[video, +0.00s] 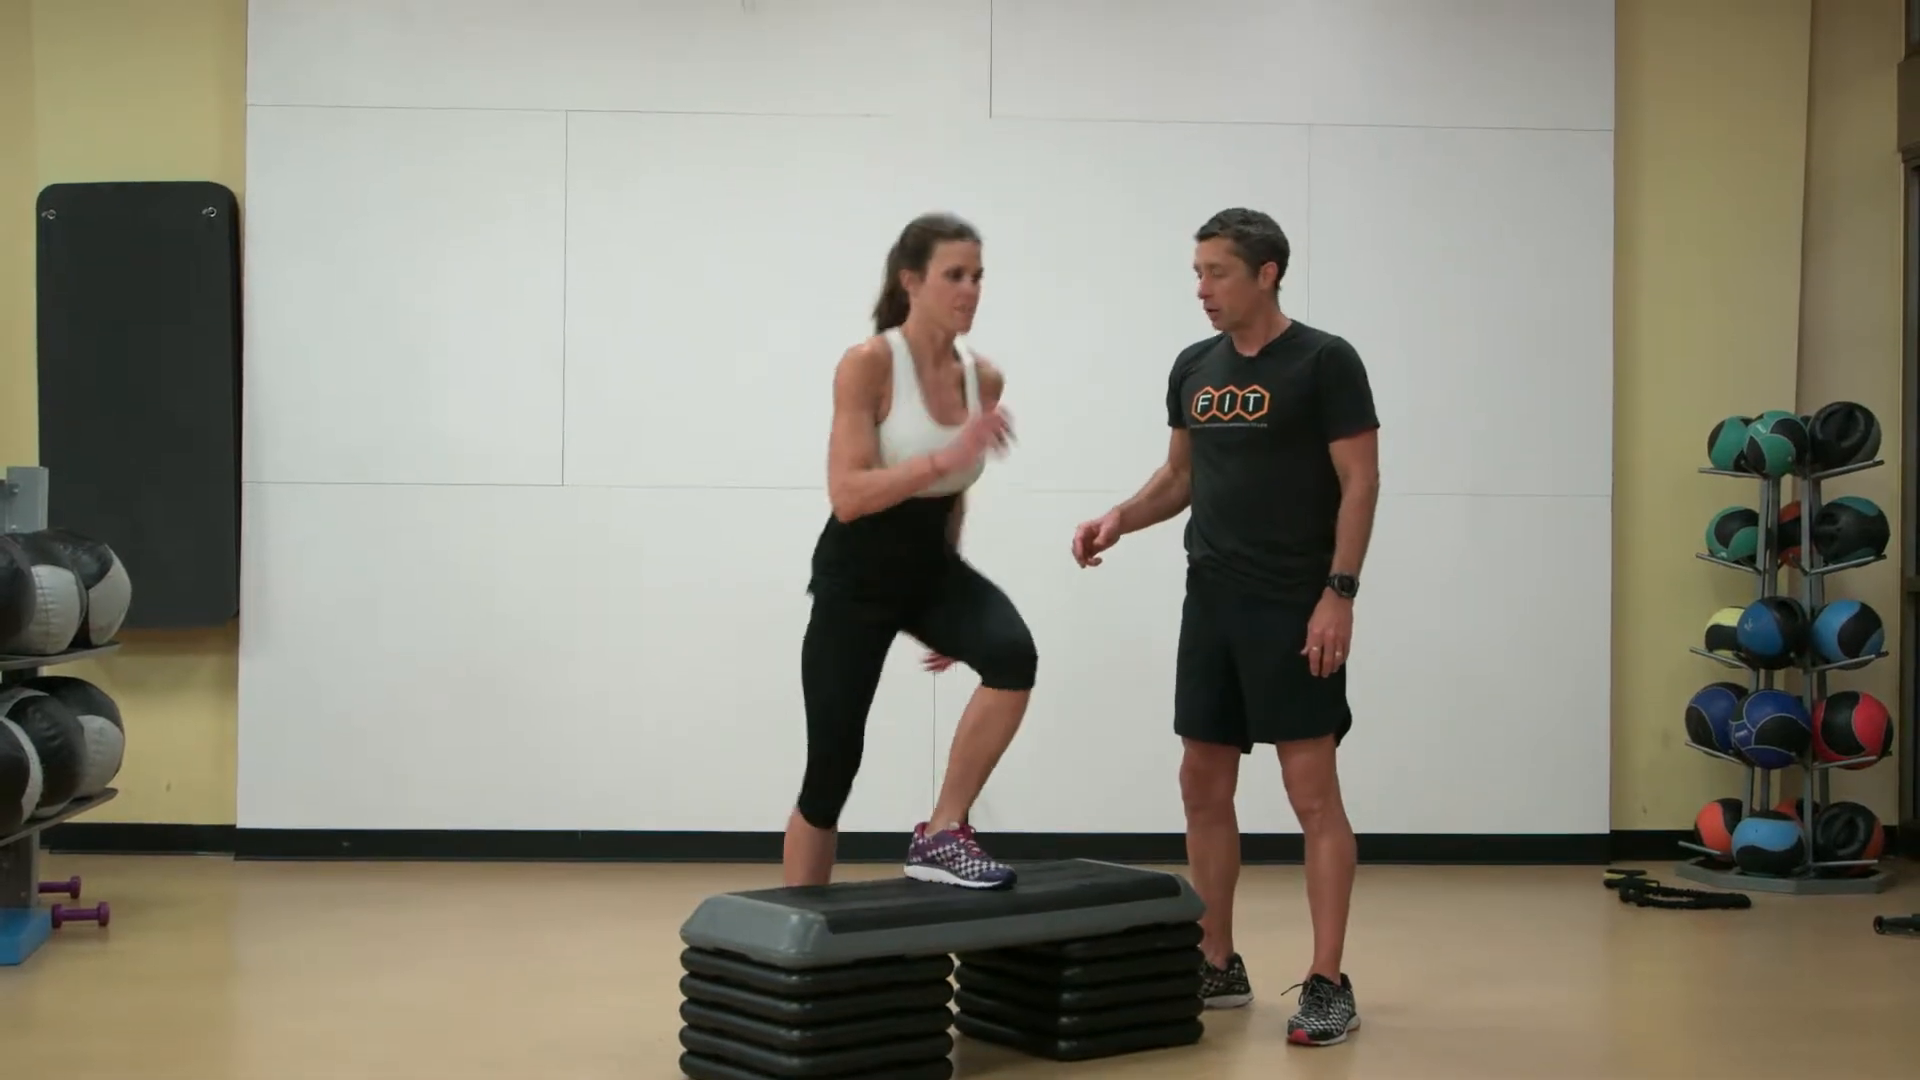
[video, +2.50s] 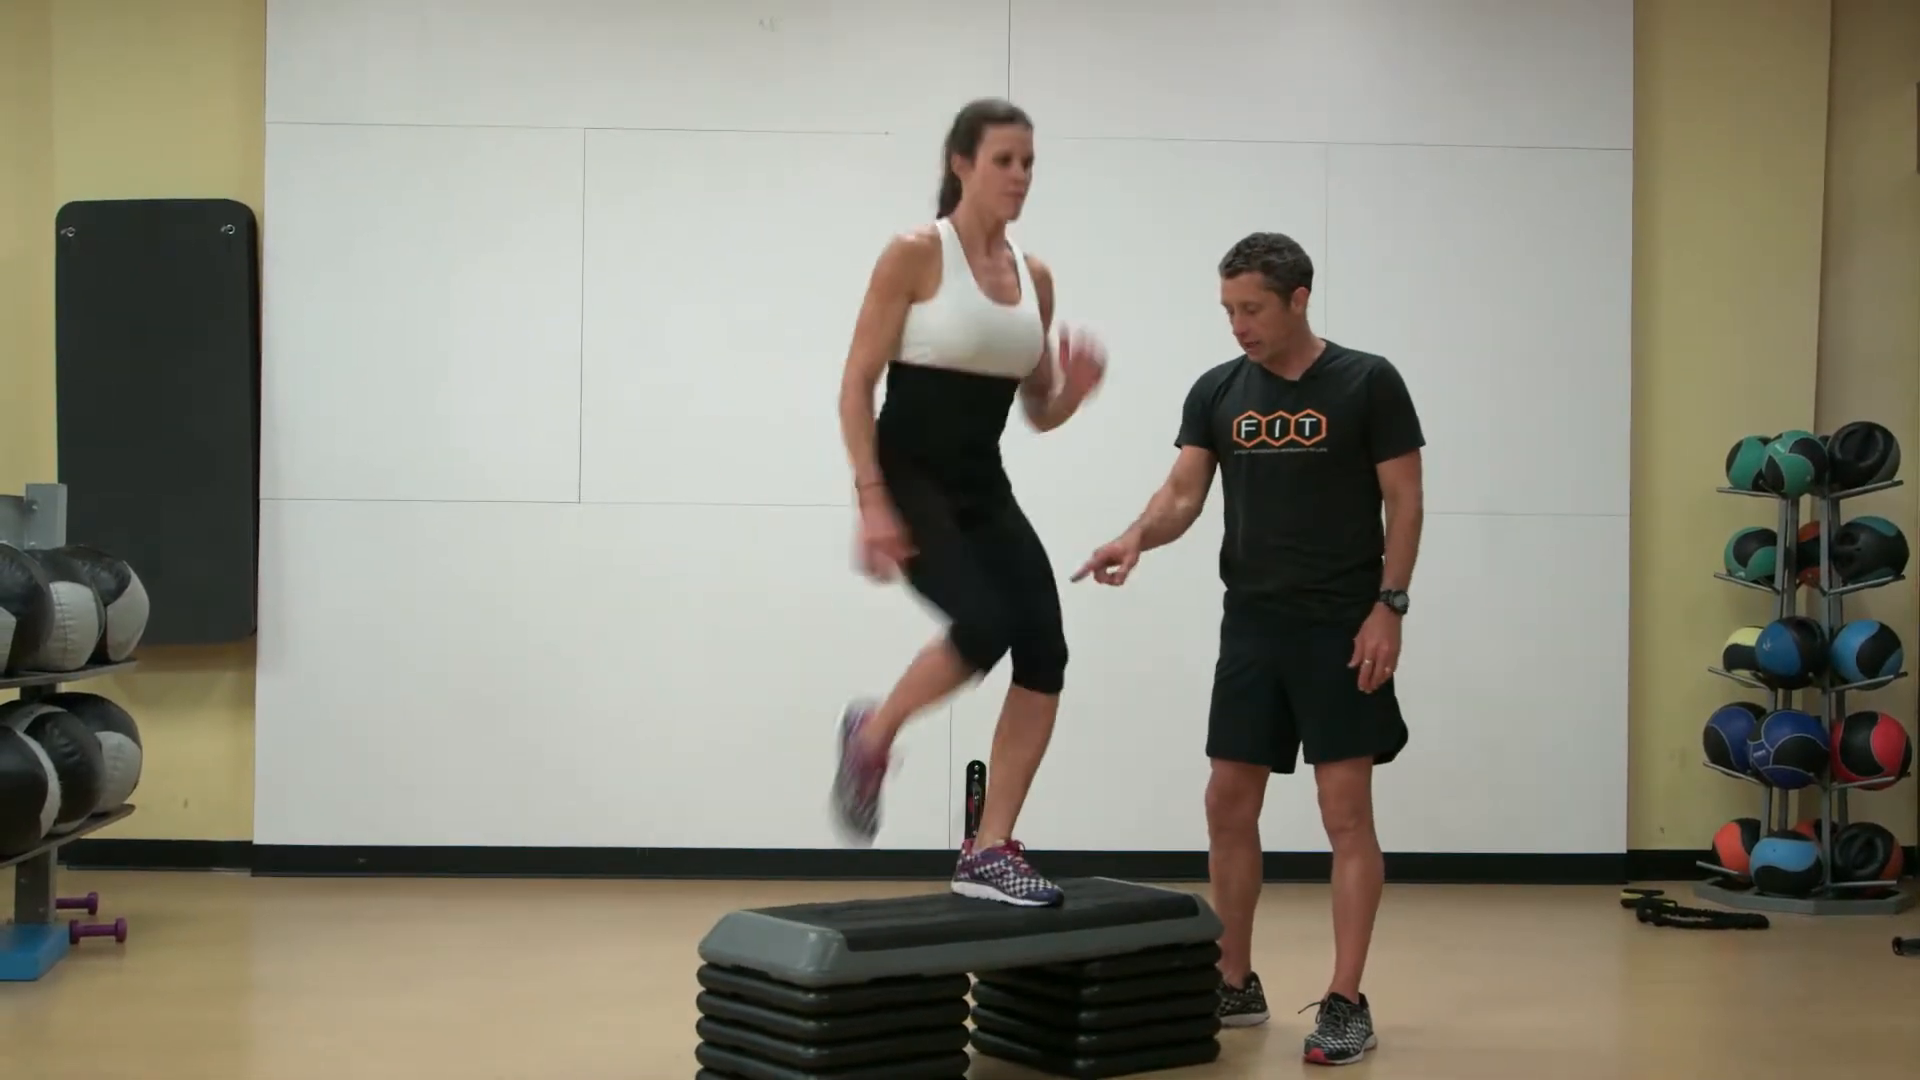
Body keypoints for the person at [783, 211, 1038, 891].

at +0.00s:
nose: (971, 289)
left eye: (977, 275)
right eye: (955, 275)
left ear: (981, 282)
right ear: (909, 282)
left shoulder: (980, 379)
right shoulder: (867, 367)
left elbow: (953, 500)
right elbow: (846, 497)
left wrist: (945, 615)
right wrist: (952, 454)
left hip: (930, 570)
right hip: (855, 576)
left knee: (1012, 656)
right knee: (832, 768)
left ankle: (943, 833)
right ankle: (801, 939)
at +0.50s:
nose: (993, 66)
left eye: (1001, 52)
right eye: (978, 49)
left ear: (1006, 63)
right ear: (932, 55)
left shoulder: (1019, 163)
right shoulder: (878, 148)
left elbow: (1103, 257)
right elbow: (801, 250)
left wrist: (1071, 155)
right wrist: (745, 347)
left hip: (969, 373)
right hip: (886, 357)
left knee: (962, 580)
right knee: (1024, 323)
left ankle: (957, 790)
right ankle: (928, 496)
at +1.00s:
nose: (969, 236)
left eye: (975, 223)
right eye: (954, 221)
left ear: (976, 231)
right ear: (906, 225)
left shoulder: (973, 328)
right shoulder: (866, 320)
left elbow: (946, 447)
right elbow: (841, 451)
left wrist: (955, 545)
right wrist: (945, 433)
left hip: (931, 542)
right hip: (851, 545)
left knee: (1007, 662)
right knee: (829, 739)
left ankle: (955, 854)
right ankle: (789, 922)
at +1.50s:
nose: (918, 335)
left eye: (923, 322)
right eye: (902, 321)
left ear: (926, 328)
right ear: (856, 324)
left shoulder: (922, 413)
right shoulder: (812, 414)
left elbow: (893, 516)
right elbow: (822, 541)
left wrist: (880, 596)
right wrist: (875, 453)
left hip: (880, 613)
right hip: (808, 623)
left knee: (987, 654)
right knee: (806, 827)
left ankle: (954, 854)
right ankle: (770, 981)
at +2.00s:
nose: (1001, 157)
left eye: (1009, 144)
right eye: (986, 142)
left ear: (1012, 155)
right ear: (941, 149)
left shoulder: (1020, 258)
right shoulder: (888, 238)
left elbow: (1041, 392)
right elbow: (814, 351)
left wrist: (1065, 324)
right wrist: (783, 470)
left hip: (966, 462)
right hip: (886, 459)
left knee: (1003, 642)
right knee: (987, 579)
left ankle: (964, 851)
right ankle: (875, 692)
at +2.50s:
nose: (1021, 177)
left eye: (1028, 163)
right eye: (1006, 161)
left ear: (1032, 173)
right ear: (961, 166)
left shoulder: (1032, 276)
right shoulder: (913, 256)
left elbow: (1040, 413)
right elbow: (856, 388)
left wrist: (1071, 386)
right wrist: (871, 501)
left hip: (982, 480)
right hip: (907, 478)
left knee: (1044, 650)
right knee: (985, 626)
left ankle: (989, 850)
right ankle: (873, 732)